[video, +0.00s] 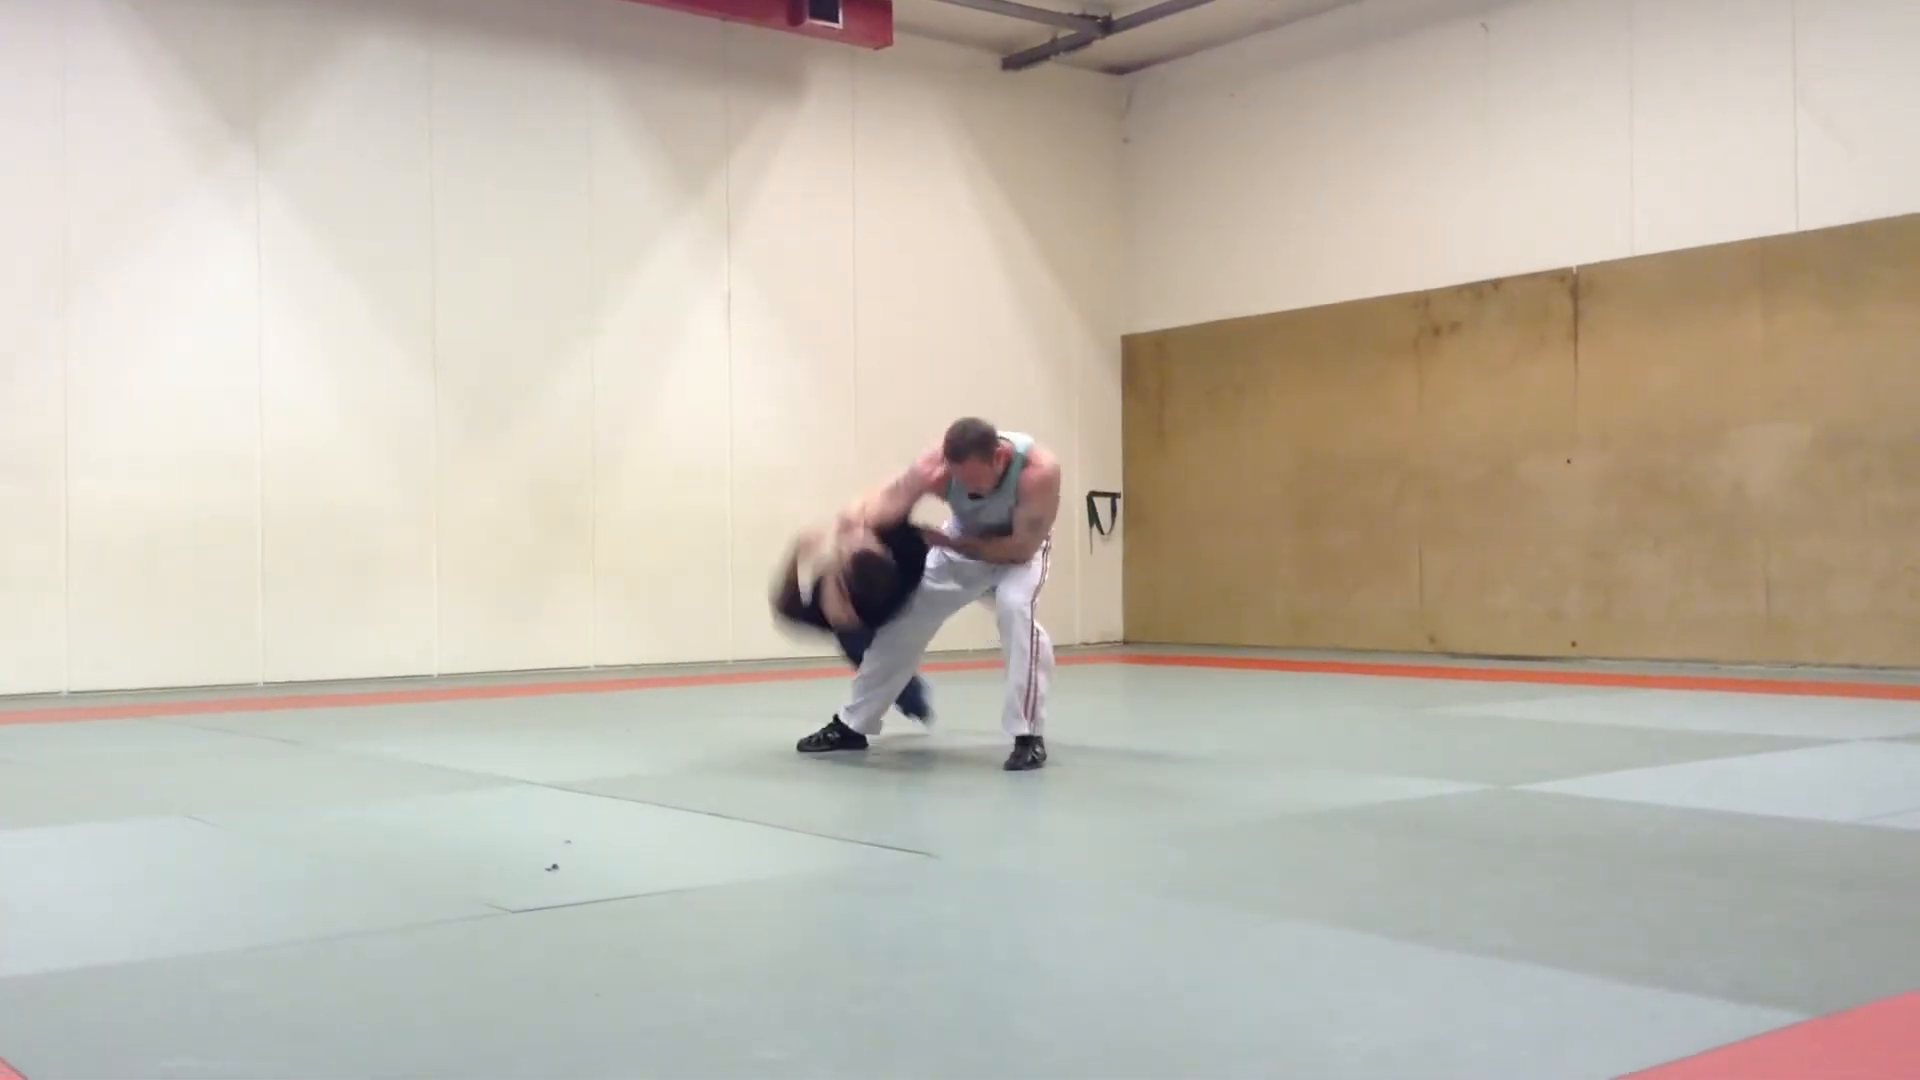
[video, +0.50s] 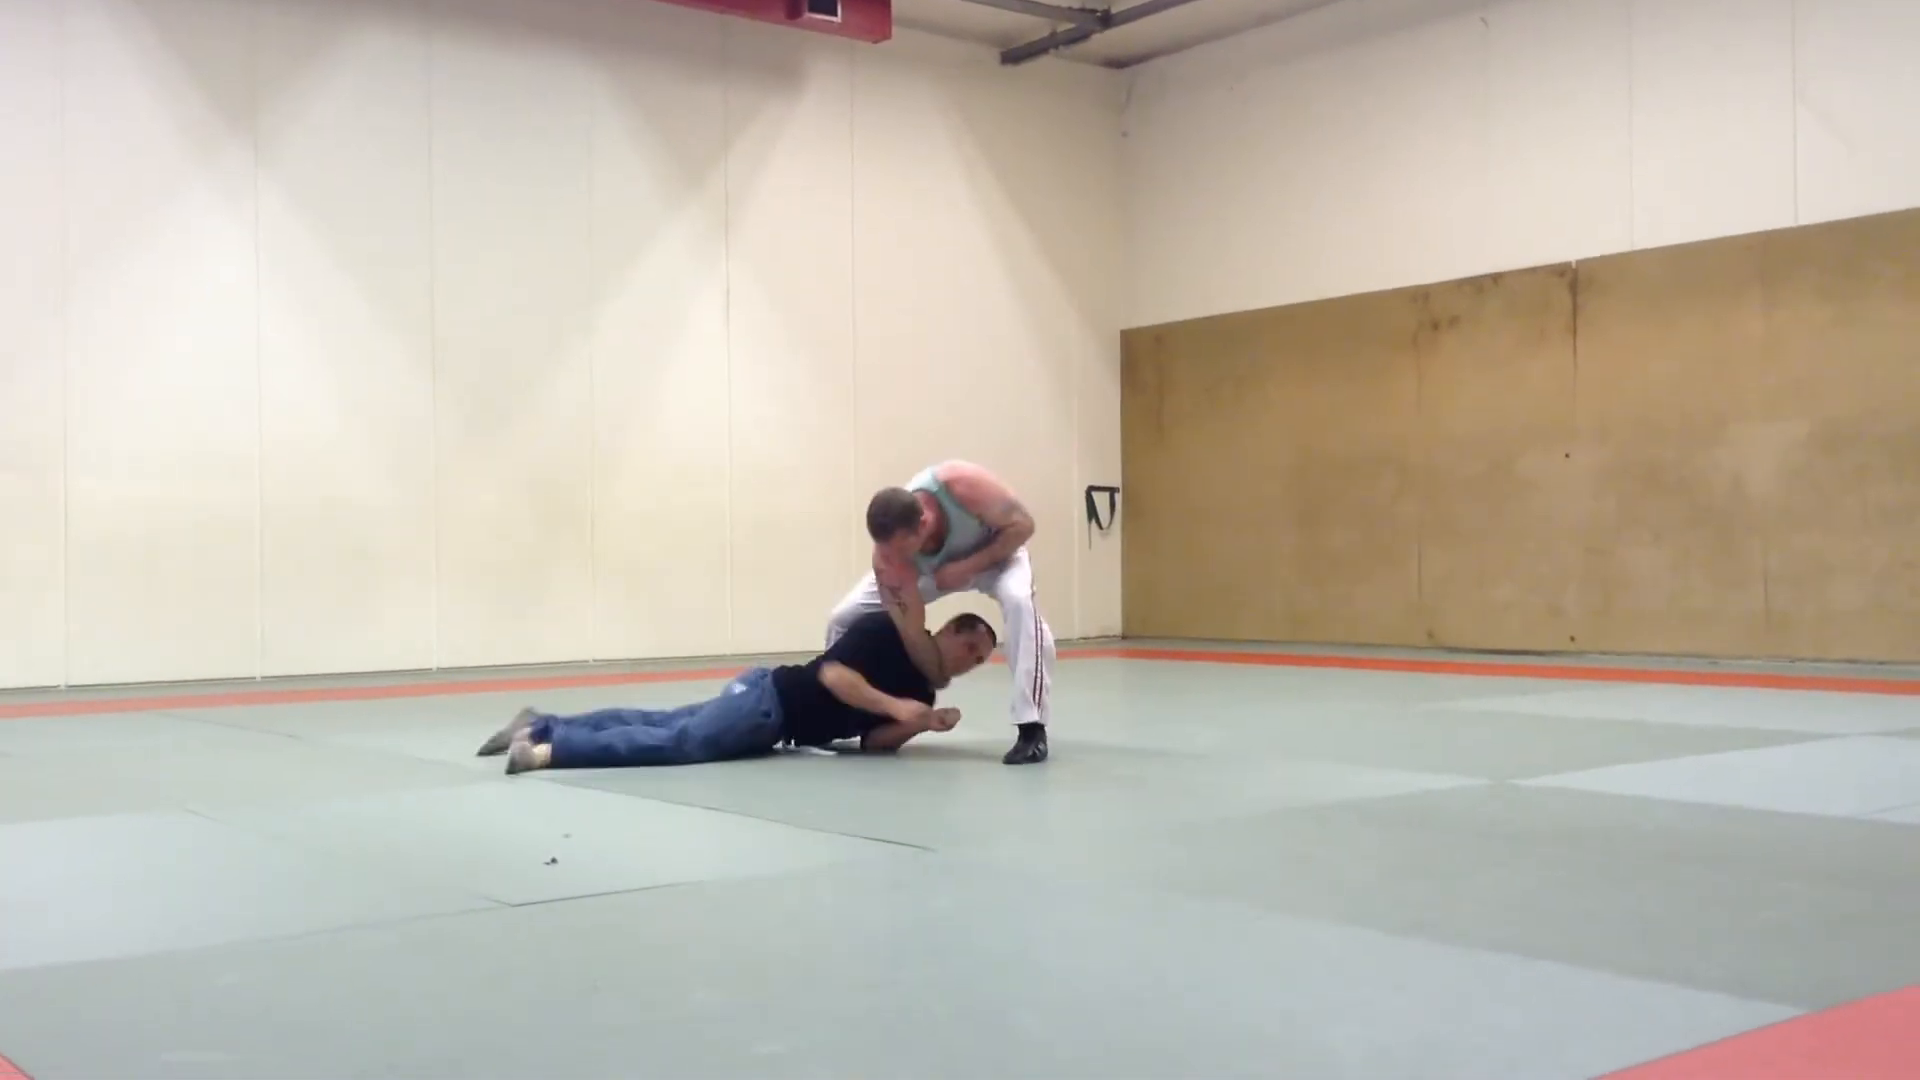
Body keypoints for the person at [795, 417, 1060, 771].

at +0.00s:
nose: (969, 488)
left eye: (976, 481)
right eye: (961, 481)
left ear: (1000, 458)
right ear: (949, 460)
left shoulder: (1038, 472)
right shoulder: (936, 468)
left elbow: (1023, 548)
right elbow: (884, 506)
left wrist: (949, 542)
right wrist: (858, 525)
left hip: (1021, 548)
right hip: (961, 543)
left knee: (1014, 607)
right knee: (904, 622)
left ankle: (1028, 737)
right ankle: (852, 725)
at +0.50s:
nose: (891, 557)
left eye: (898, 547)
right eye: (886, 550)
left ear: (923, 524)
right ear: (880, 540)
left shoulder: (958, 483)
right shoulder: (889, 554)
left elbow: (1022, 525)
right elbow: (912, 629)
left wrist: (967, 568)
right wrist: (941, 681)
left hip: (993, 555)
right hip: (930, 568)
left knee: (1018, 601)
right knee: (843, 620)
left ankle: (1032, 731)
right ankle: (847, 718)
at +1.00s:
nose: (910, 509)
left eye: (915, 500)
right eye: (903, 502)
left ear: (936, 477)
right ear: (895, 491)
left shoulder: (977, 458)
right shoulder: (891, 502)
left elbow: (1023, 526)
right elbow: (906, 580)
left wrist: (964, 564)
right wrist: (934, 641)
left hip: (1002, 539)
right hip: (938, 545)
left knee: (1032, 595)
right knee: (859, 620)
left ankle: (1042, 716)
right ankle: (872, 711)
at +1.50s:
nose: (1018, 472)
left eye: (1026, 465)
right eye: (1010, 464)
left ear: (1042, 445)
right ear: (996, 444)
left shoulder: (1065, 421)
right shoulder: (964, 437)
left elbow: (1091, 454)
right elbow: (898, 481)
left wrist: (1078, 495)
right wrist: (950, 532)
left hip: (1029, 513)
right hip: (961, 519)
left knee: (1065, 568)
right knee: (888, 605)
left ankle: (1073, 693)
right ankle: (889, 691)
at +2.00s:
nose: (988, 443)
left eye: (995, 436)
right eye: (980, 436)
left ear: (1014, 411)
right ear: (965, 413)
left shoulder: (1043, 426)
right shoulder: (953, 389)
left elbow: (1082, 491)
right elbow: (891, 370)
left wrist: (1047, 526)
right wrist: (894, 423)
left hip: (1019, 515)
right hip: (955, 515)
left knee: (1053, 576)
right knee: (884, 600)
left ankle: (1064, 697)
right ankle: (874, 688)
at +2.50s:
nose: (1009, 373)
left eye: (1012, 364)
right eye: (1002, 366)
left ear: (1033, 346)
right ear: (999, 355)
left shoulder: (1076, 378)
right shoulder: (1005, 369)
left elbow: (1099, 451)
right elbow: (960, 406)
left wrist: (1040, 498)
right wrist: (977, 450)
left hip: (1066, 499)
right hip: (1008, 493)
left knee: (1056, 577)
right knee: (943, 580)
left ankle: (1054, 697)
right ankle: (922, 680)